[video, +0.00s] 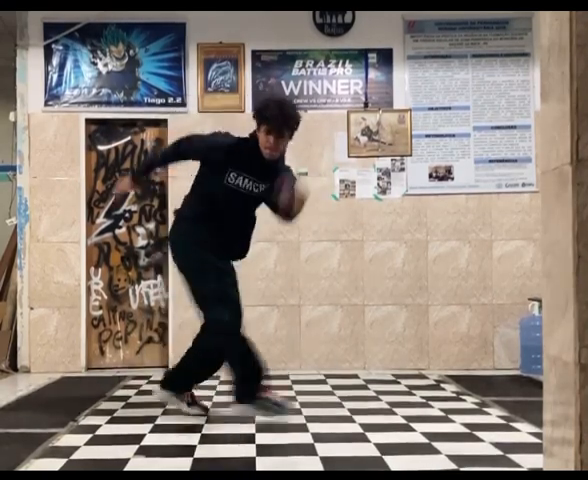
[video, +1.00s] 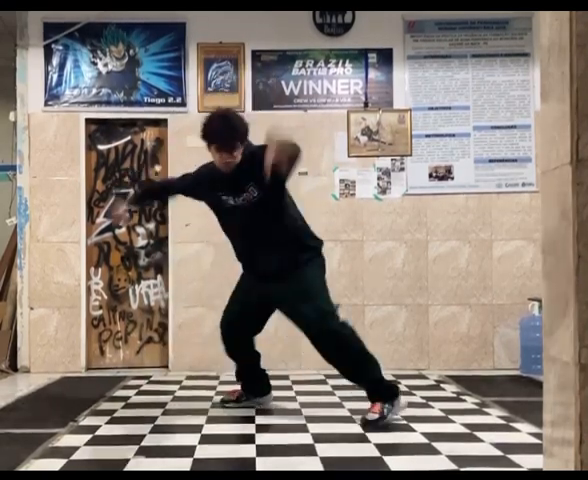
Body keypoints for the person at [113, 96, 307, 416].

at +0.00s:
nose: (272, 142)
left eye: (280, 136)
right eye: (267, 133)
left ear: (289, 137)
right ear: (257, 129)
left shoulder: (278, 172)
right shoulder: (225, 147)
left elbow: (282, 208)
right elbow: (180, 148)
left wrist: (287, 206)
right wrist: (138, 173)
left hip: (222, 250)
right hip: (191, 240)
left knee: (226, 322)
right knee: (223, 317)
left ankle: (177, 383)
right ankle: (249, 387)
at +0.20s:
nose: (264, 113)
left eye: (270, 106)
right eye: (257, 106)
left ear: (279, 108)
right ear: (245, 109)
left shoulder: (281, 158)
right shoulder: (226, 142)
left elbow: (265, 199)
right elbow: (188, 185)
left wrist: (256, 210)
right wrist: (235, 199)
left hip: (239, 247)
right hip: (202, 239)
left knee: (233, 322)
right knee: (191, 307)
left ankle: (183, 388)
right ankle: (154, 269)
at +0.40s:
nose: (252, 103)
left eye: (258, 95)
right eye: (245, 96)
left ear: (269, 97)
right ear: (235, 99)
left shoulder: (283, 142)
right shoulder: (219, 135)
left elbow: (294, 193)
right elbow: (201, 187)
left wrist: (259, 166)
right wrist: (227, 168)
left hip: (259, 239)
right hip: (220, 238)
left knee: (268, 318)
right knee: (219, 315)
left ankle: (297, 374)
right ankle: (220, 389)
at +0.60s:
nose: (224, 127)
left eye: (230, 119)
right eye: (218, 120)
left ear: (246, 111)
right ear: (212, 116)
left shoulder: (269, 146)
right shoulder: (213, 152)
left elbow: (269, 208)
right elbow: (216, 210)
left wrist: (241, 253)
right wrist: (219, 256)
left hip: (273, 228)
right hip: (233, 231)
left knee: (249, 290)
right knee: (221, 296)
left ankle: (233, 377)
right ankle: (237, 366)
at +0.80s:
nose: (228, 141)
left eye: (233, 134)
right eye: (221, 135)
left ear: (245, 127)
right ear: (211, 132)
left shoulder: (271, 157)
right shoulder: (212, 169)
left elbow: (322, 182)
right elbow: (199, 194)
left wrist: (299, 177)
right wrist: (172, 197)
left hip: (283, 249)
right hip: (243, 256)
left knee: (258, 302)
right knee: (224, 330)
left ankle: (307, 377)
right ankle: (246, 385)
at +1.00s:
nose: (229, 158)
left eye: (234, 151)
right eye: (222, 152)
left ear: (243, 145)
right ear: (210, 149)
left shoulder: (262, 160)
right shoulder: (204, 179)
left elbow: (286, 156)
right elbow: (166, 188)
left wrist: (284, 154)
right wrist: (131, 201)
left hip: (299, 264)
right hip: (258, 273)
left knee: (325, 330)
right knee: (233, 330)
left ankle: (384, 393)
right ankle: (255, 386)